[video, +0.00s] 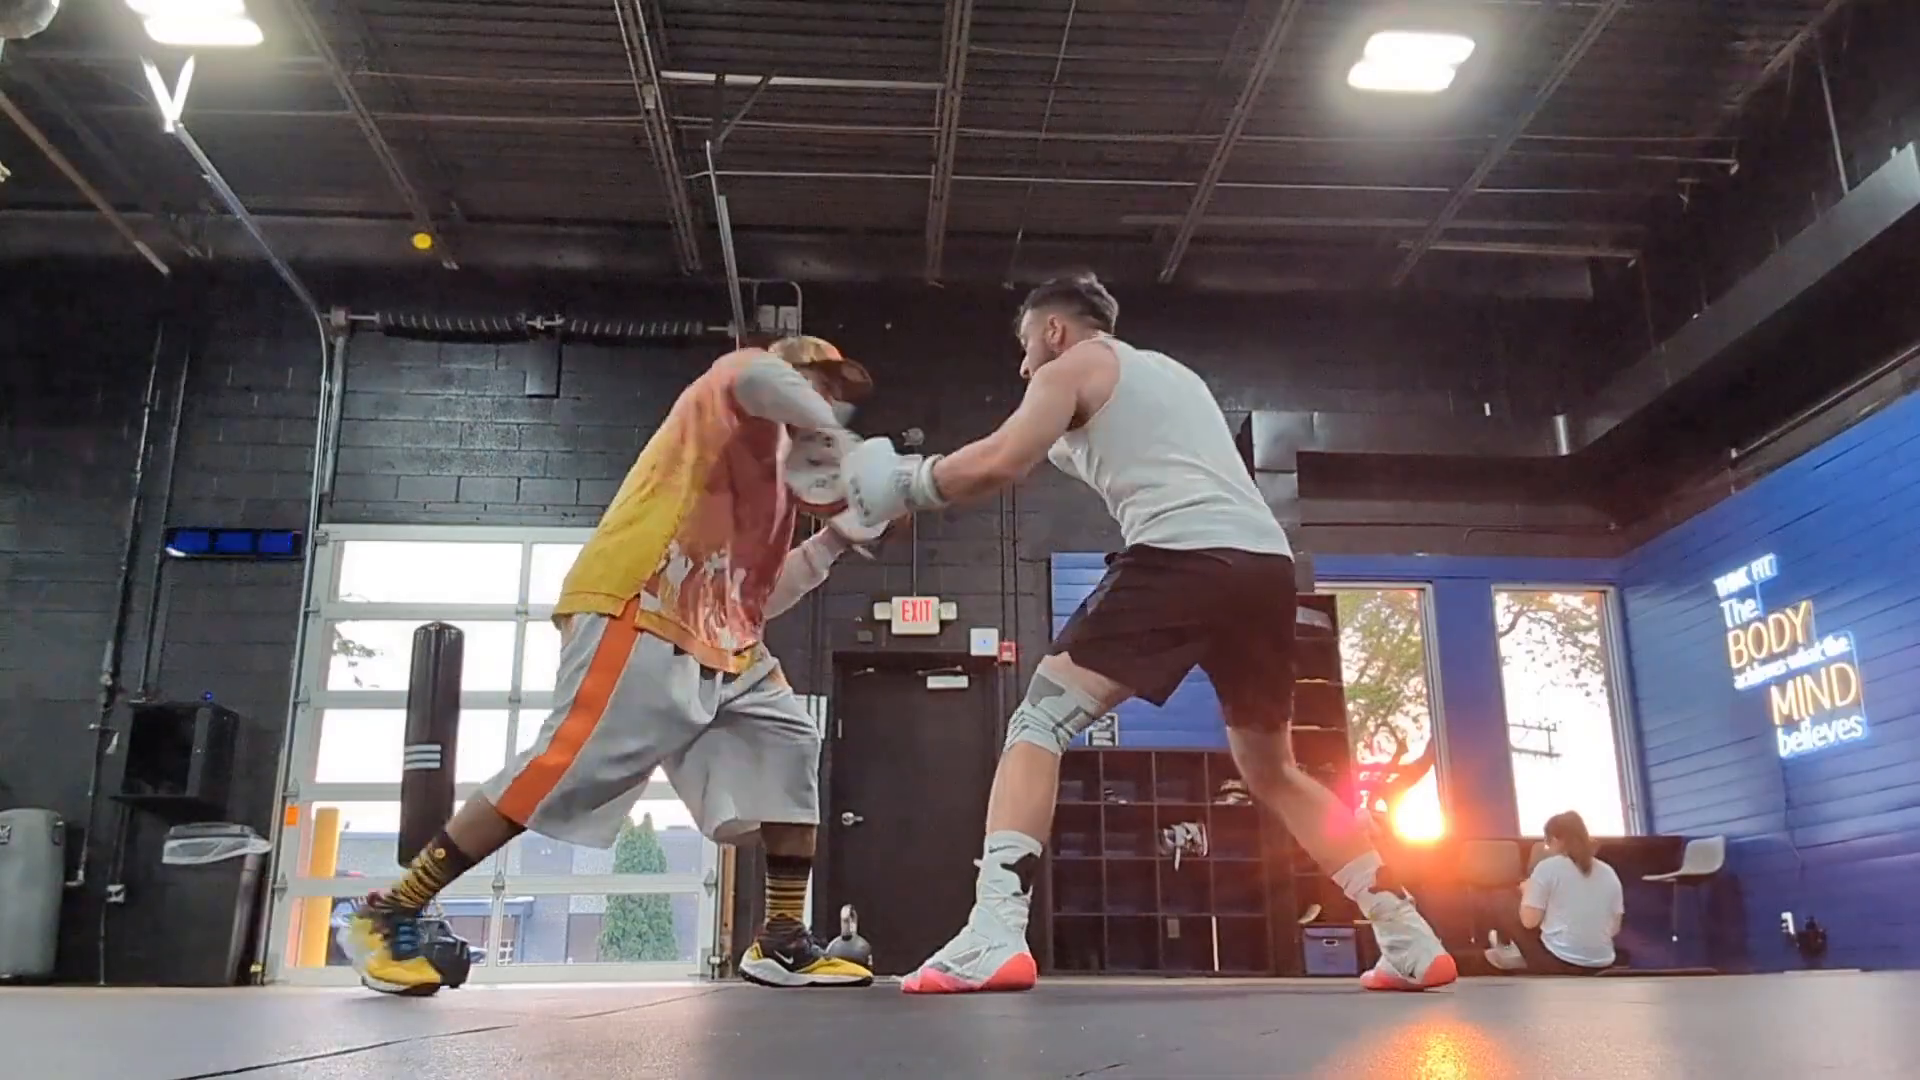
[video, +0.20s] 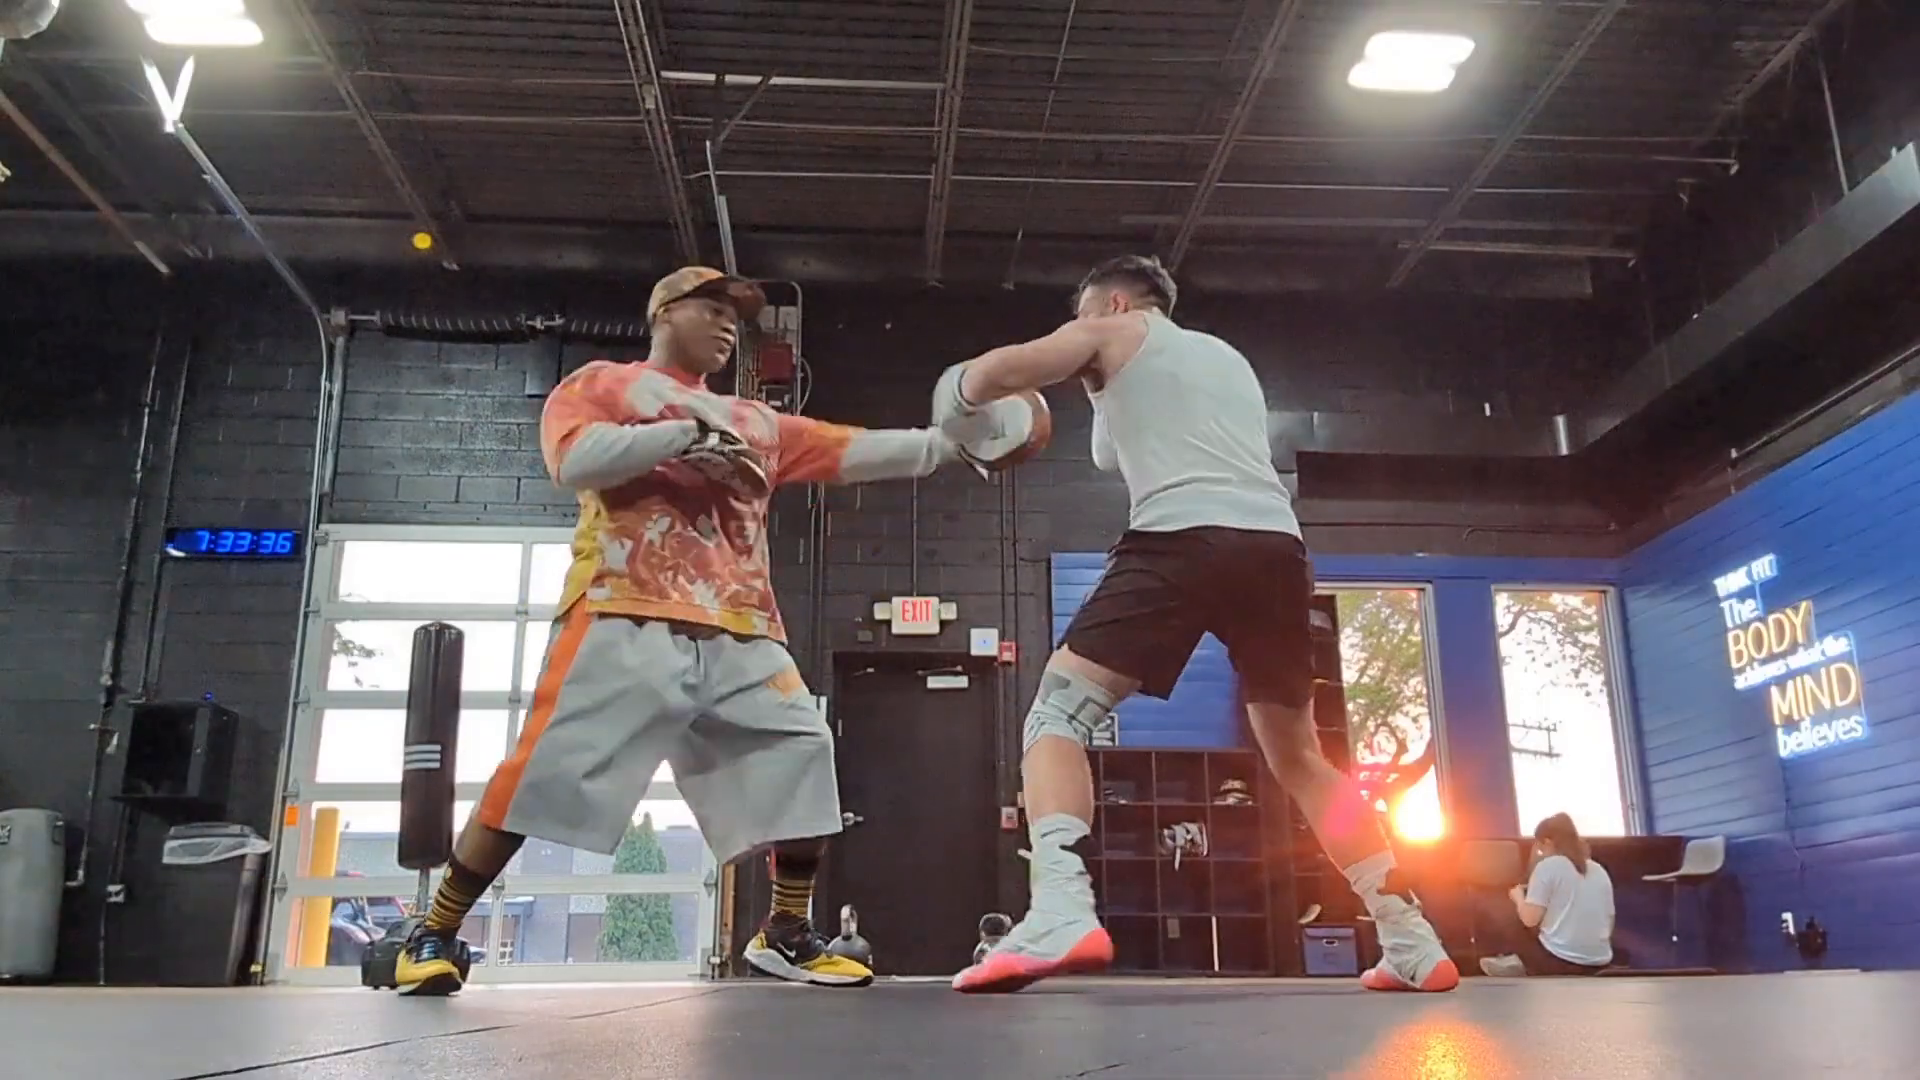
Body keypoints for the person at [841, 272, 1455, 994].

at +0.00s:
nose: (1027, 364)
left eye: (1027, 348)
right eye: (1024, 352)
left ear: (1057, 326)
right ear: (1101, 322)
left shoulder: (1077, 363)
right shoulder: (1178, 377)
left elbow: (1001, 463)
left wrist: (906, 482)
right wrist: (914, 487)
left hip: (1178, 557)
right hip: (1270, 568)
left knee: (1040, 724)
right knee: (1271, 771)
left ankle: (992, 929)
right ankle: (1404, 933)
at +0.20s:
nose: (1078, 328)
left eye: (1083, 313)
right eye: (1078, 317)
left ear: (1116, 301)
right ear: (1159, 303)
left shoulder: (1115, 330)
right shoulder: (1232, 362)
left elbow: (989, 374)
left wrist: (961, 404)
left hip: (1179, 538)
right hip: (1277, 548)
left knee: (1059, 719)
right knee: (1298, 754)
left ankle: (1059, 911)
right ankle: (1408, 938)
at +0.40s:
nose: (1055, 270)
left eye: (1060, 254)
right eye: (1053, 260)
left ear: (1104, 239)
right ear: (1126, 247)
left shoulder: (1119, 274)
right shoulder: (1163, 321)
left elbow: (1091, 333)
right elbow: (1129, 435)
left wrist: (997, 349)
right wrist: (1050, 384)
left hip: (1164, 528)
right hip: (1226, 540)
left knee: (1045, 707)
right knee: (1247, 750)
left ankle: (1072, 931)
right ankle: (1388, 922)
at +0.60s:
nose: (997, 268)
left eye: (1008, 247)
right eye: (994, 255)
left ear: (1061, 238)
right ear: (1047, 251)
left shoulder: (1126, 294)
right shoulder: (1057, 360)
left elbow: (1162, 390)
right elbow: (1016, 472)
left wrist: (1058, 375)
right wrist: (958, 404)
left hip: (1187, 536)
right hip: (1185, 546)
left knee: (1061, 689)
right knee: (1212, 761)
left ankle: (1071, 930)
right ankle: (1383, 914)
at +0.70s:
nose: (976, 333)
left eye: (986, 309)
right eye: (970, 321)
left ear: (1042, 297)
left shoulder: (1106, 338)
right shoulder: (1060, 418)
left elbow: (1134, 450)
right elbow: (1053, 530)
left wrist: (1026, 442)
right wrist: (993, 471)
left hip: (1209, 564)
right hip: (1233, 577)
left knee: (1050, 694)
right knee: (1208, 778)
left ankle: (1068, 930)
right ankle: (1381, 917)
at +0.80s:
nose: (991, 412)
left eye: (998, 389)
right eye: (987, 396)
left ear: (1049, 377)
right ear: (1048, 386)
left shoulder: (1095, 399)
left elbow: (1080, 505)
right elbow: (1090, 582)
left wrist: (996, 494)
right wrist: (1024, 525)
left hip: (1222, 606)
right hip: (1279, 624)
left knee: (1037, 707)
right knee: (1217, 791)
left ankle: (1067, 935)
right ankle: (1377, 932)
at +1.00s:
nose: (1072, 429)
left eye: (1078, 409)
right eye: (1069, 416)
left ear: (1117, 392)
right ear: (1131, 398)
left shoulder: (1143, 408)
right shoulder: (1213, 456)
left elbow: (1137, 457)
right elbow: (1182, 592)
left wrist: (1052, 487)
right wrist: (1119, 545)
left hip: (1228, 610)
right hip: (1310, 630)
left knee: (1047, 732)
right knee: (1254, 788)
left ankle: (1064, 921)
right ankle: (1393, 943)